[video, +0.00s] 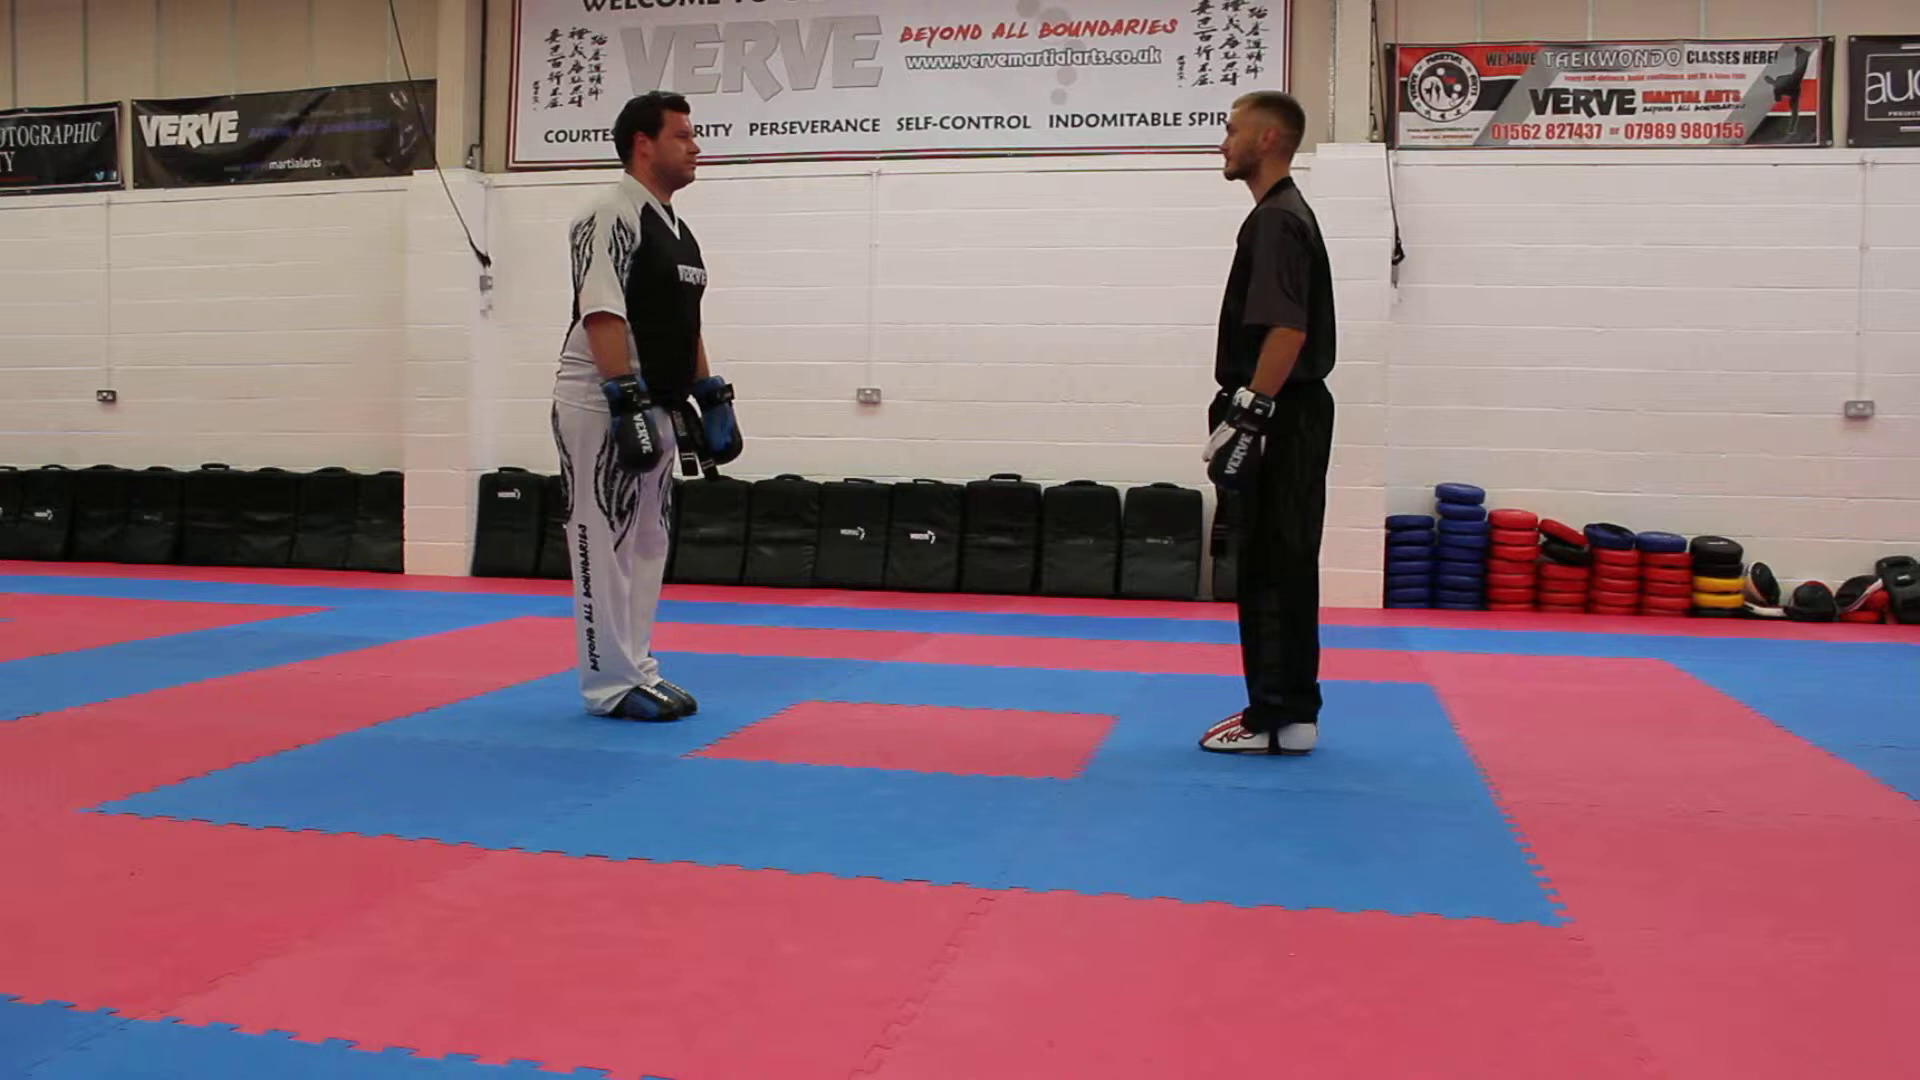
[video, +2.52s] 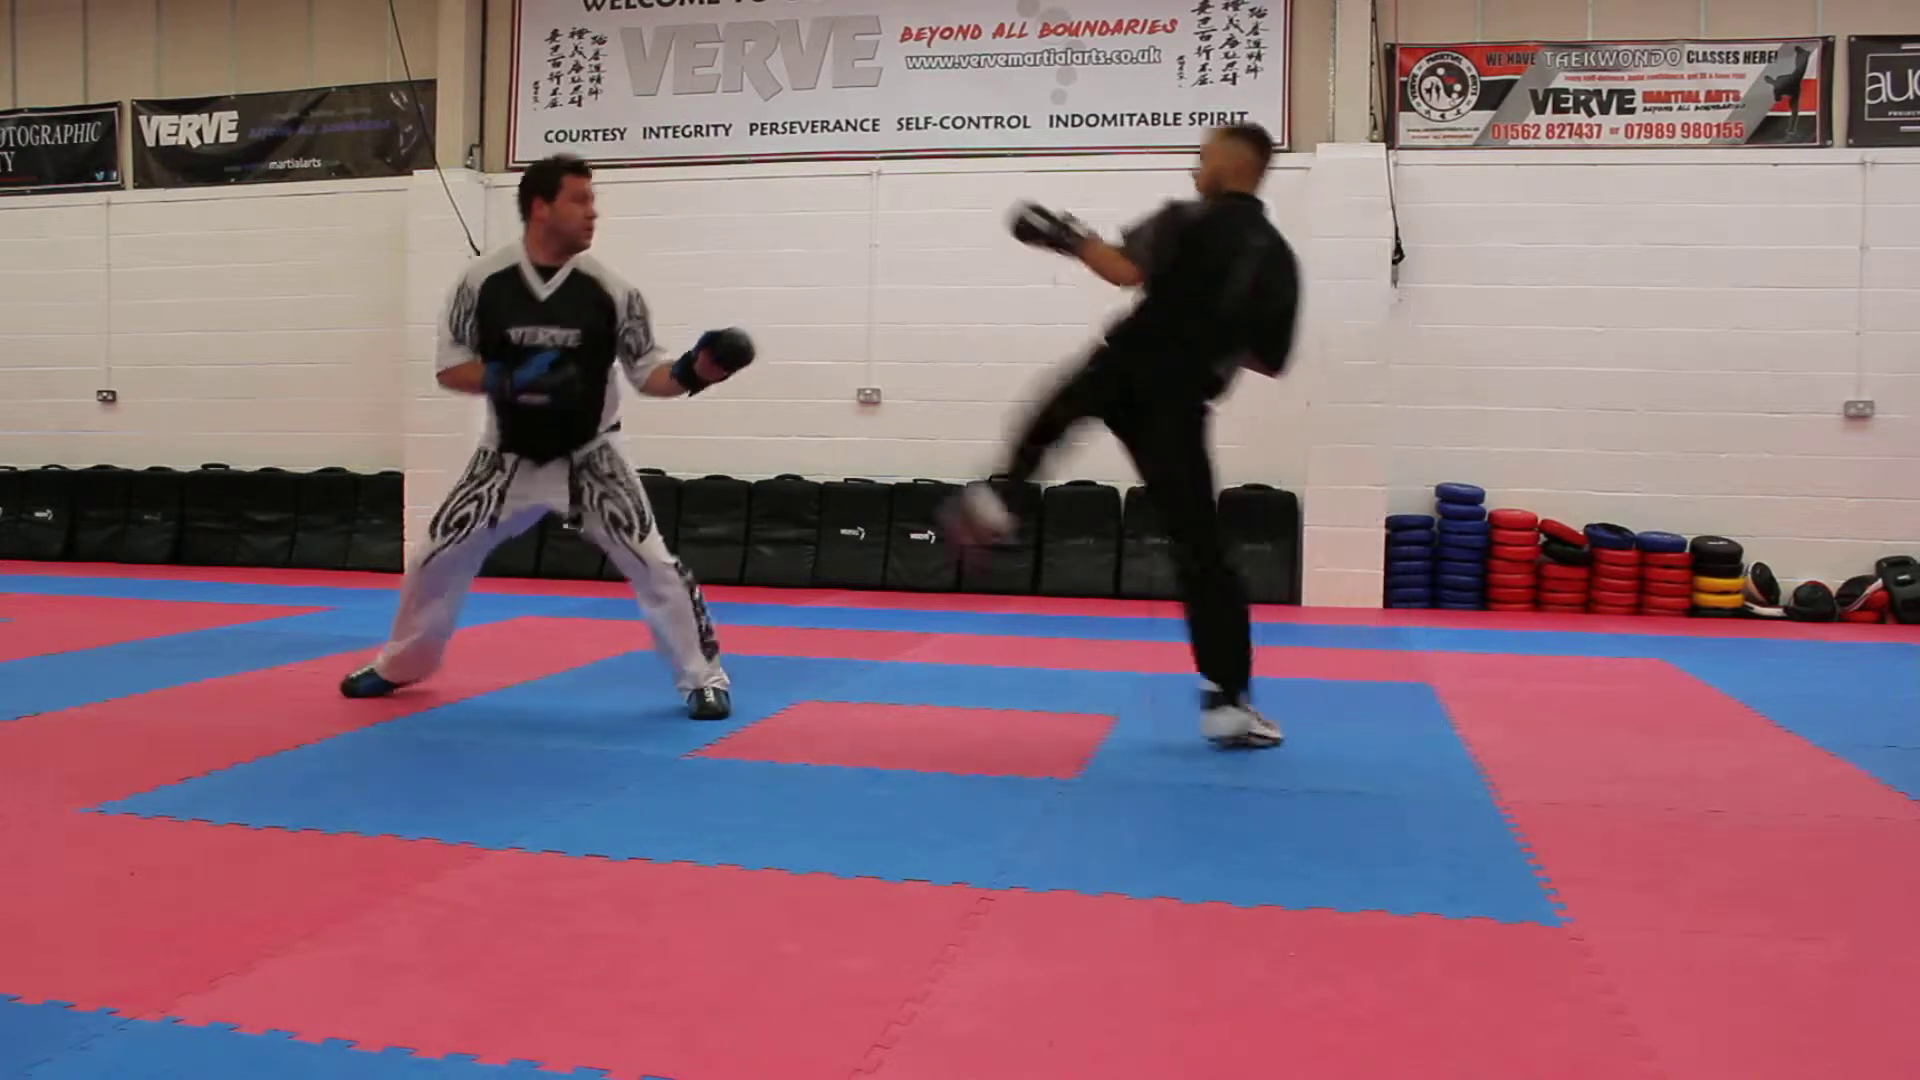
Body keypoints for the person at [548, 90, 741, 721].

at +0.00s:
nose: (695, 147)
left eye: (694, 136)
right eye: (683, 136)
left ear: (656, 146)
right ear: (642, 144)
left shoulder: (676, 228)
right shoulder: (610, 214)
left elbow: (682, 325)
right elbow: (602, 318)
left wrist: (708, 401)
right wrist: (628, 405)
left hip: (656, 407)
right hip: (600, 405)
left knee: (647, 542)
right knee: (603, 541)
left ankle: (636, 669)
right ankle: (608, 683)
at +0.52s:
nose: (760, 204)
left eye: (761, 192)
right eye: (752, 190)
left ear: (718, 192)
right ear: (711, 189)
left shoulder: (707, 270)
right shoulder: (644, 245)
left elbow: (678, 351)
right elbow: (593, 335)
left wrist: (685, 425)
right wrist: (592, 428)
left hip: (617, 410)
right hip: (565, 400)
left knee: (618, 543)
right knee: (581, 541)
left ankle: (631, 672)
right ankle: (607, 682)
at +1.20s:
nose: (701, 152)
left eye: (698, 141)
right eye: (688, 141)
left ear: (660, 152)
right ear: (647, 150)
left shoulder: (680, 239)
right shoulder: (597, 220)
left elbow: (686, 333)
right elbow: (564, 319)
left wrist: (719, 399)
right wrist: (587, 408)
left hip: (652, 415)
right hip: (601, 410)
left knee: (645, 543)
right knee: (605, 542)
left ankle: (633, 668)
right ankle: (606, 681)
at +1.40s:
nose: (676, 146)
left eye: (674, 137)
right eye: (661, 138)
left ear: (658, 151)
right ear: (622, 151)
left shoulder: (684, 249)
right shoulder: (571, 220)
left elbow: (709, 336)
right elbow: (528, 301)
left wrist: (766, 372)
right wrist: (581, 370)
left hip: (629, 408)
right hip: (563, 400)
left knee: (631, 535)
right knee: (578, 533)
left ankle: (629, 674)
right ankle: (601, 679)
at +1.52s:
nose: (660, 148)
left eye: (659, 138)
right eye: (646, 138)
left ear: (646, 152)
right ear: (606, 150)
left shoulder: (670, 247)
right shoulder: (550, 219)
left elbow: (699, 333)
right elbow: (507, 291)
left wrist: (754, 353)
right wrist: (580, 332)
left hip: (613, 416)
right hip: (540, 410)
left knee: (623, 549)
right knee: (532, 548)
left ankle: (627, 679)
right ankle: (506, 677)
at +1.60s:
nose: (643, 154)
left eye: (642, 143)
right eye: (630, 143)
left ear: (622, 154)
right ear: (588, 152)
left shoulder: (653, 248)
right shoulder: (533, 218)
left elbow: (674, 332)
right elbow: (502, 300)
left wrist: (729, 350)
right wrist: (578, 316)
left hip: (607, 419)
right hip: (529, 417)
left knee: (645, 535)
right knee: (489, 545)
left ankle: (643, 671)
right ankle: (441, 665)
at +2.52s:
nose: (593, 214)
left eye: (593, 203)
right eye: (581, 203)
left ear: (581, 208)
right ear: (539, 209)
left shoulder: (613, 294)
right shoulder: (481, 283)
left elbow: (648, 374)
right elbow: (451, 369)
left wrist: (690, 374)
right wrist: (508, 376)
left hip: (591, 460)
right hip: (506, 462)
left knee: (652, 563)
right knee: (434, 560)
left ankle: (703, 677)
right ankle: (401, 666)